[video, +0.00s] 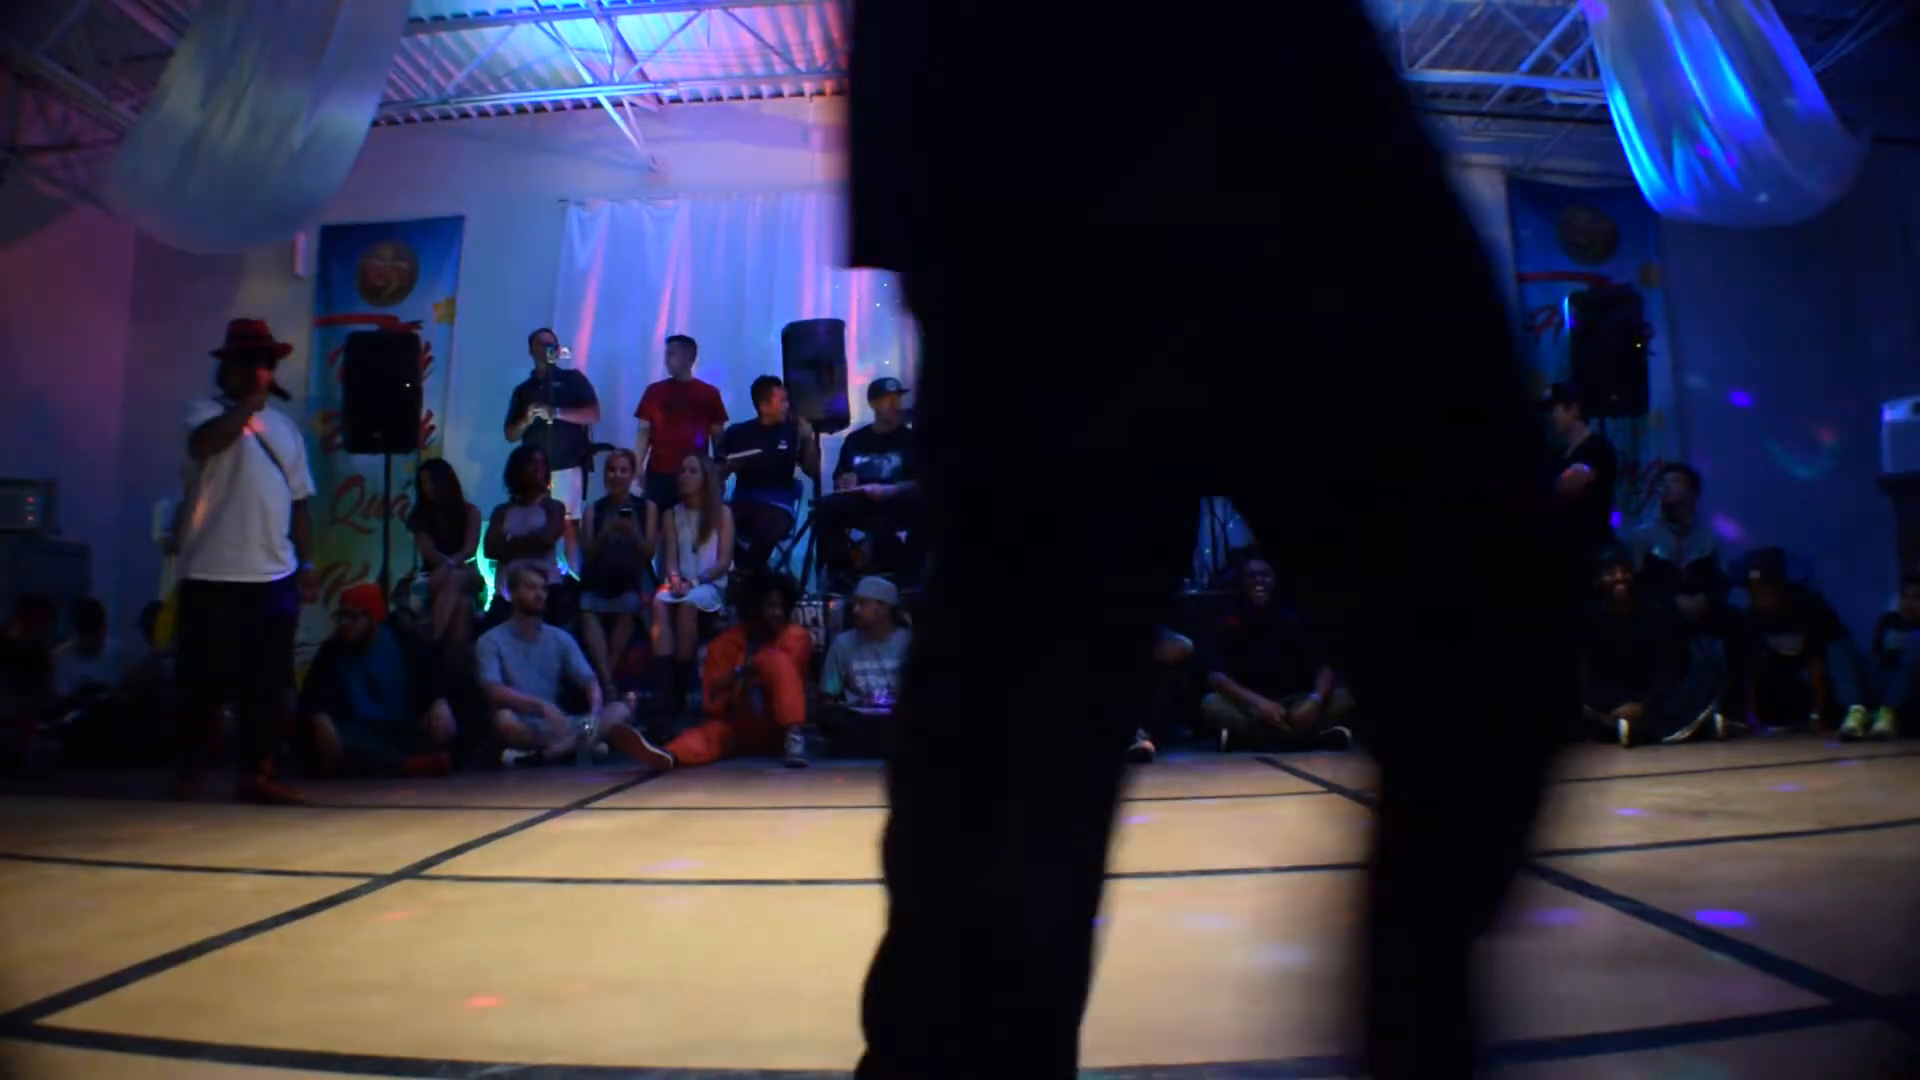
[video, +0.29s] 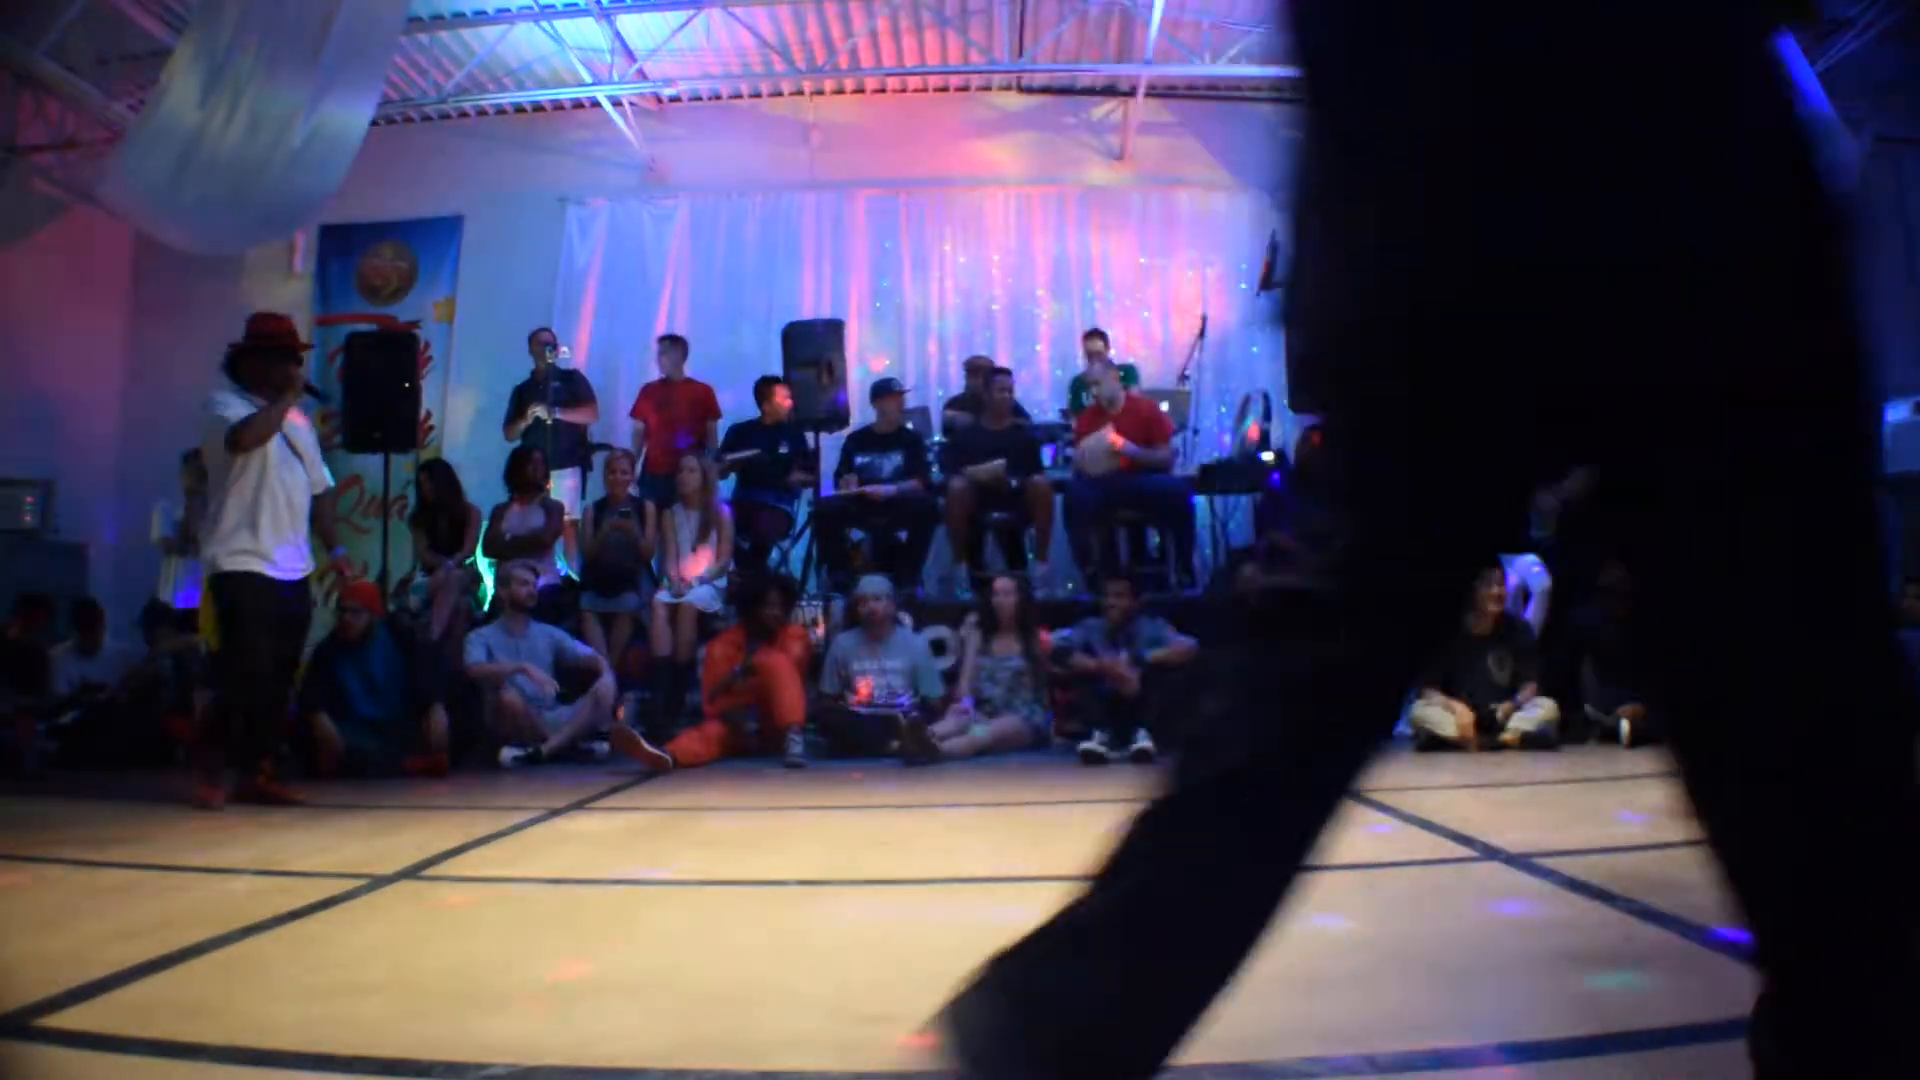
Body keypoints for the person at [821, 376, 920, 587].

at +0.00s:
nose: (893, 406)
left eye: (896, 400)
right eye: (887, 400)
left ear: (901, 402)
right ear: (874, 404)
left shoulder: (912, 440)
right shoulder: (855, 439)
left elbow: (921, 482)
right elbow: (841, 479)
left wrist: (889, 490)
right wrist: (855, 487)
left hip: (898, 502)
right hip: (860, 501)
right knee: (828, 507)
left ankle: (906, 577)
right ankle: (838, 574)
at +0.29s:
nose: (900, 404)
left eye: (901, 398)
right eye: (893, 399)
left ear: (903, 401)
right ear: (877, 404)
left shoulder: (912, 439)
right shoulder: (855, 440)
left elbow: (922, 481)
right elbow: (841, 478)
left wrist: (888, 490)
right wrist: (849, 484)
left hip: (898, 499)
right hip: (860, 499)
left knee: (926, 510)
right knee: (825, 510)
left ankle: (907, 578)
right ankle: (839, 578)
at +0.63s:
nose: (900, 406)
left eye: (902, 400)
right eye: (894, 401)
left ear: (905, 404)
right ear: (878, 405)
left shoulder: (912, 439)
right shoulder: (857, 439)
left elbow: (920, 481)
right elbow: (842, 480)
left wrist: (886, 491)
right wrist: (862, 491)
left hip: (899, 498)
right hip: (862, 499)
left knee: (926, 508)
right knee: (827, 509)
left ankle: (908, 577)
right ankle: (841, 579)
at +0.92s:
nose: (902, 407)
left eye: (902, 401)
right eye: (895, 401)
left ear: (904, 403)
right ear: (880, 405)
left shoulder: (913, 440)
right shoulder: (858, 441)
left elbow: (922, 481)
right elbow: (842, 482)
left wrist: (889, 491)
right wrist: (864, 491)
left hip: (900, 500)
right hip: (863, 501)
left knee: (926, 510)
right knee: (827, 510)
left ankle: (909, 577)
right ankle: (844, 578)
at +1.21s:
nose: (903, 407)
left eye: (904, 401)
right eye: (897, 401)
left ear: (905, 403)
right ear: (879, 404)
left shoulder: (912, 439)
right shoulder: (856, 440)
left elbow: (921, 481)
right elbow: (839, 481)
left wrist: (889, 491)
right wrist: (847, 484)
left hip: (899, 501)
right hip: (861, 501)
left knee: (928, 508)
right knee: (826, 508)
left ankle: (906, 579)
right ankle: (841, 577)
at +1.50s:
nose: (903, 407)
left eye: (904, 401)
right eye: (897, 401)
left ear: (905, 403)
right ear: (879, 405)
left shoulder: (912, 439)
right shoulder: (856, 439)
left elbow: (921, 482)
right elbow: (839, 481)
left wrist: (888, 491)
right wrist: (847, 484)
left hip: (898, 500)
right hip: (861, 500)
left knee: (927, 508)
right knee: (827, 508)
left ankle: (906, 579)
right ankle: (841, 578)